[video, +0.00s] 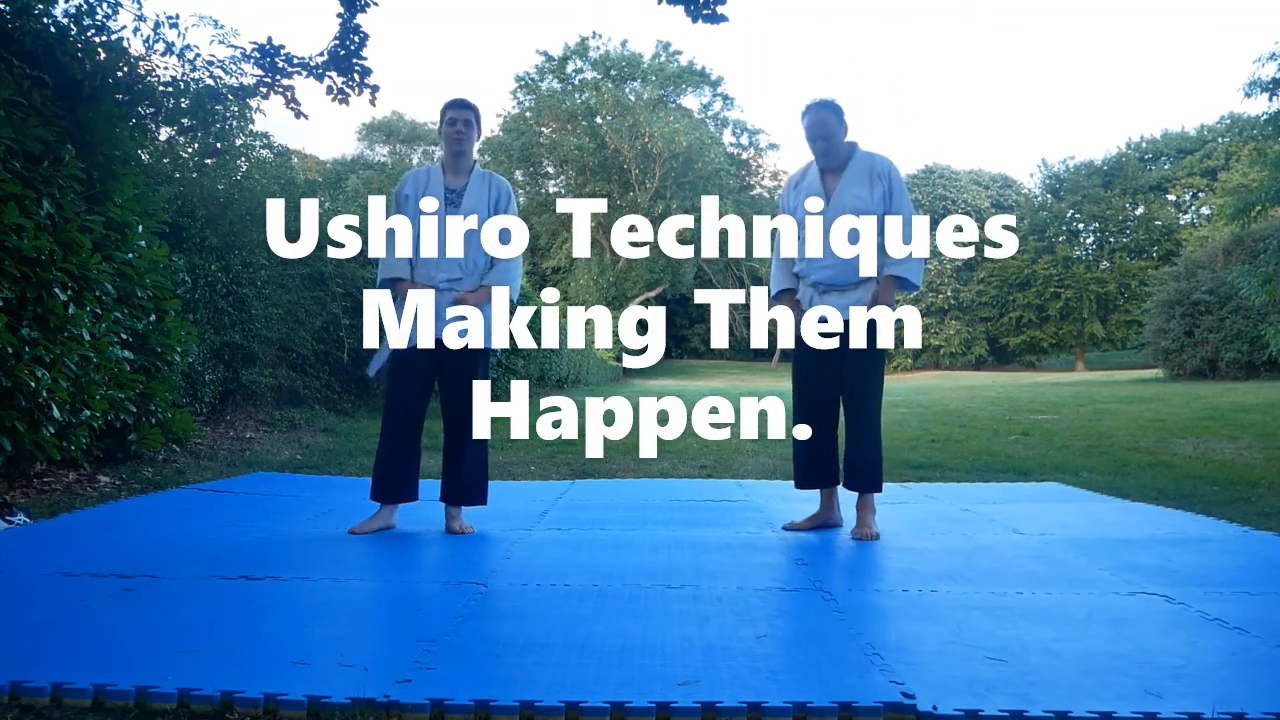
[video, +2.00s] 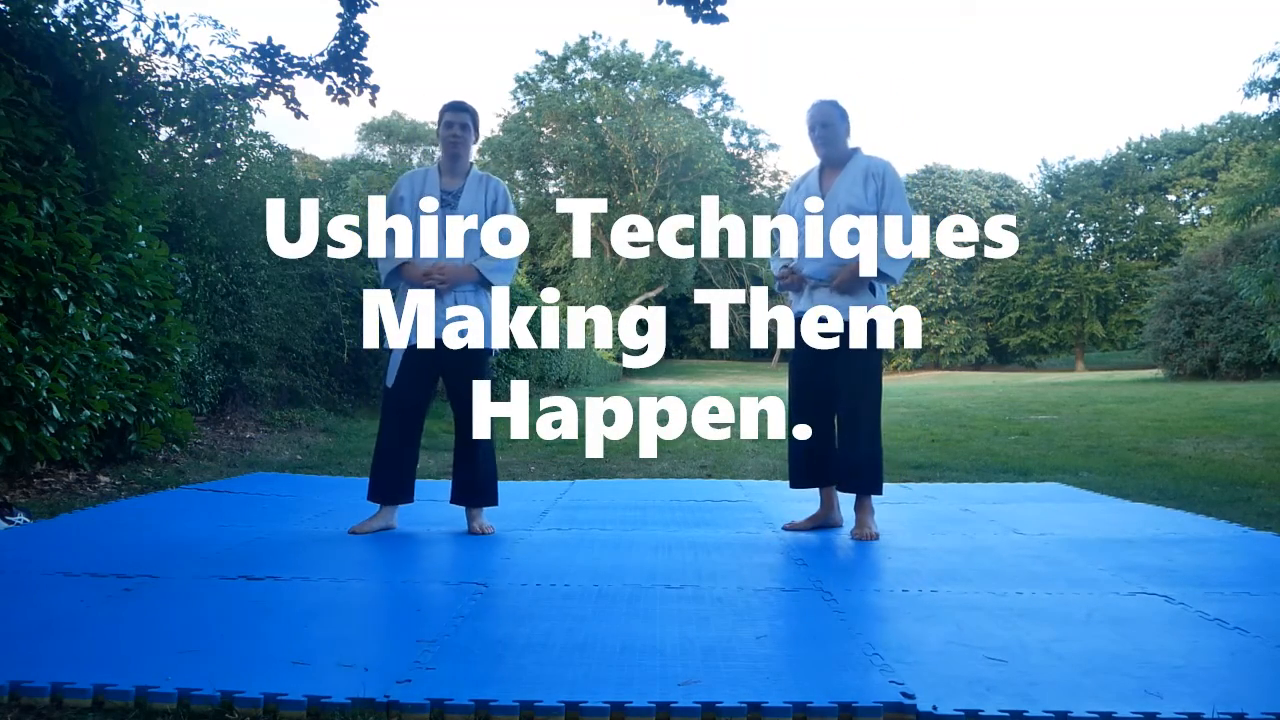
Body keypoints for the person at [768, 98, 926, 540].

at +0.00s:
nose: (817, 145)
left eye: (824, 136)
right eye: (811, 138)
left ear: (845, 130)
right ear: (804, 137)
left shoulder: (879, 170)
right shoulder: (795, 185)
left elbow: (904, 237)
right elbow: (783, 251)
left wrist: (883, 298)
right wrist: (791, 303)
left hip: (865, 307)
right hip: (812, 309)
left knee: (862, 408)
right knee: (815, 407)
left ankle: (865, 509)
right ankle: (828, 507)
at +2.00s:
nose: (818, 134)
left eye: (826, 126)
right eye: (813, 128)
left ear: (847, 128)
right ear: (806, 135)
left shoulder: (877, 172)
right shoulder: (798, 188)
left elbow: (900, 236)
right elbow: (781, 244)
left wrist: (857, 268)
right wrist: (786, 273)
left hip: (860, 311)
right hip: (809, 310)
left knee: (859, 408)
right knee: (811, 408)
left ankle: (864, 510)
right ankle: (828, 507)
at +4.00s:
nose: (800, 134)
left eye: (808, 126)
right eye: (794, 128)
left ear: (829, 128)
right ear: (788, 134)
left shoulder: (858, 172)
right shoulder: (788, 187)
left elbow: (881, 234)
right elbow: (770, 251)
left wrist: (891, 296)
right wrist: (757, 310)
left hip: (835, 305)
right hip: (790, 306)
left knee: (814, 407)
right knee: (800, 408)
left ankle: (794, 508)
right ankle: (828, 506)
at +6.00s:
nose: (767, 129)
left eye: (770, 124)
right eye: (759, 120)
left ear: (768, 133)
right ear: (732, 124)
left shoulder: (761, 186)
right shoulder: (711, 164)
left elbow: (760, 252)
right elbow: (685, 217)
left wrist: (763, 311)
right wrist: (674, 265)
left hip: (746, 305)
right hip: (708, 297)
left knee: (742, 405)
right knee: (704, 399)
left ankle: (720, 504)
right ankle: (672, 500)